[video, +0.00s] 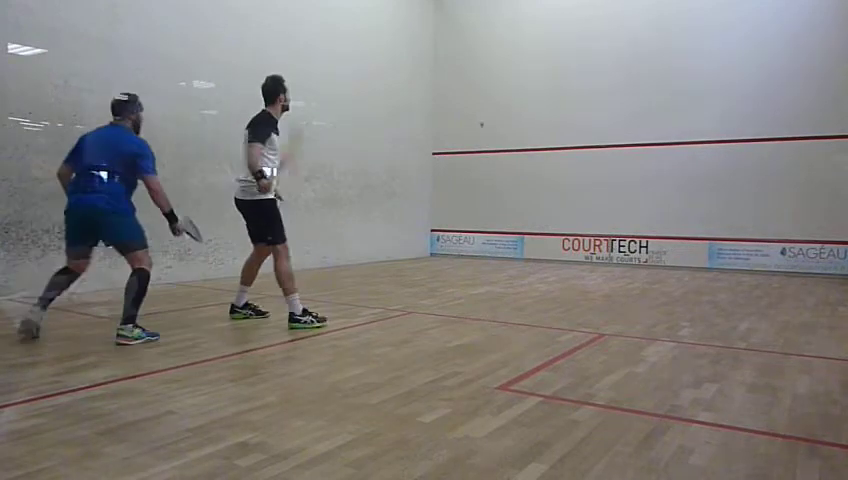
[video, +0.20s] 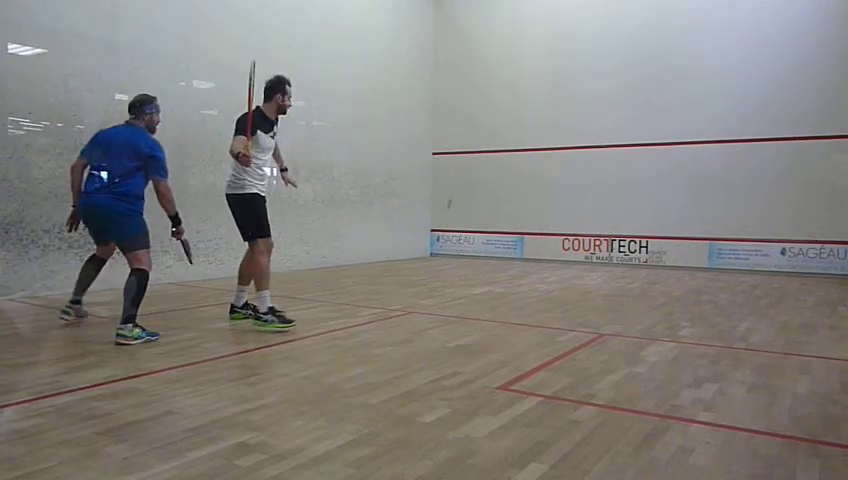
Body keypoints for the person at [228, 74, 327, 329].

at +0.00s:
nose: (288, 98)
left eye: (286, 94)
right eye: (286, 94)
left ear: (268, 97)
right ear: (280, 97)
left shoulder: (268, 123)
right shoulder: (263, 123)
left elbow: (264, 159)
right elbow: (253, 158)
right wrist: (261, 178)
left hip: (253, 197)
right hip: (259, 198)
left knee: (262, 249)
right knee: (281, 251)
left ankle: (239, 303)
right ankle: (297, 312)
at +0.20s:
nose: (290, 102)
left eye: (290, 97)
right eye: (287, 97)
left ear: (278, 97)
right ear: (276, 97)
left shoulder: (272, 123)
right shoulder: (249, 119)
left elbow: (273, 148)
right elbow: (235, 146)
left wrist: (282, 169)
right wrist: (240, 155)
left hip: (254, 191)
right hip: (244, 191)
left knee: (256, 248)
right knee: (264, 246)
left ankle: (239, 304)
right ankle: (264, 309)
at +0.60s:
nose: (291, 107)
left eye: (293, 102)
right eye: (287, 101)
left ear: (283, 101)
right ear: (272, 98)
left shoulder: (272, 124)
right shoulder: (249, 126)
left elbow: (262, 160)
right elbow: (252, 170)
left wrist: (270, 174)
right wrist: (269, 180)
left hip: (252, 192)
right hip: (239, 193)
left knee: (252, 249)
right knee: (245, 251)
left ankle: (241, 304)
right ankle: (236, 314)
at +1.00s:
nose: (292, 95)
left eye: (294, 90)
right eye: (287, 90)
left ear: (292, 91)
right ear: (272, 90)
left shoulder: (275, 118)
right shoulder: (259, 122)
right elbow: (257, 169)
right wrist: (266, 208)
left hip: (254, 191)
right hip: (242, 192)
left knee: (257, 247)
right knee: (246, 251)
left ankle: (256, 298)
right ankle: (237, 315)